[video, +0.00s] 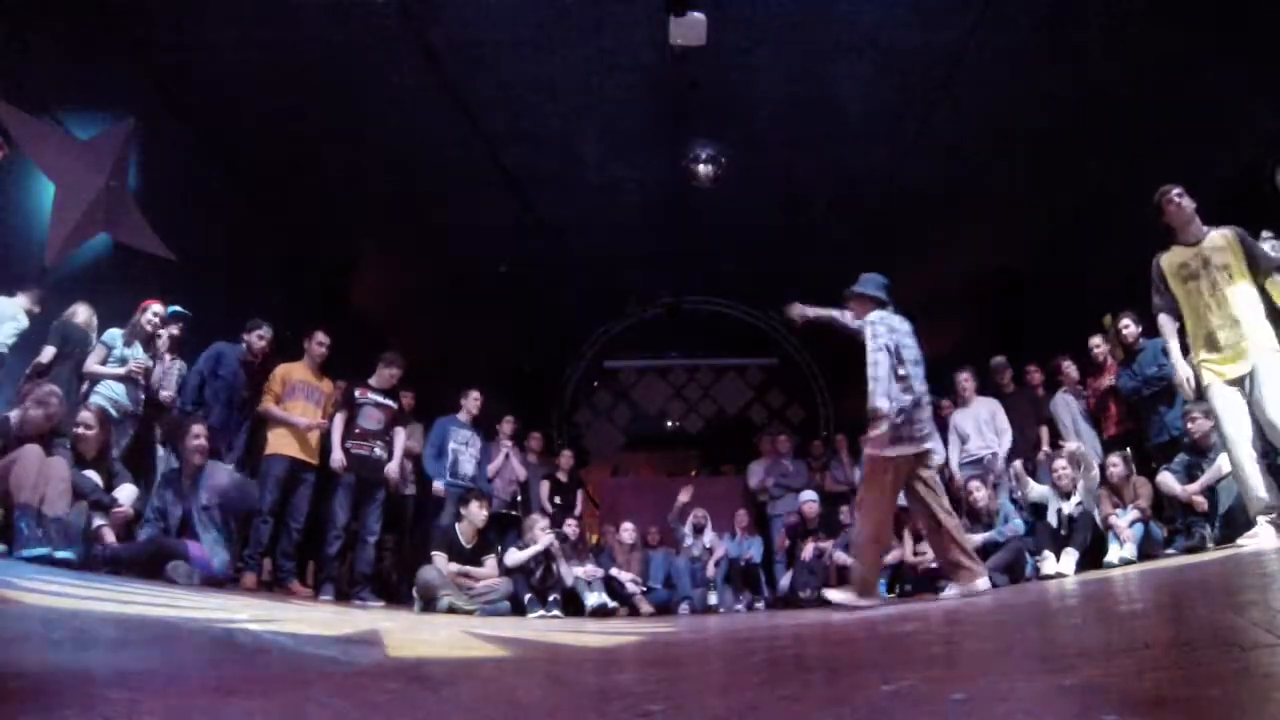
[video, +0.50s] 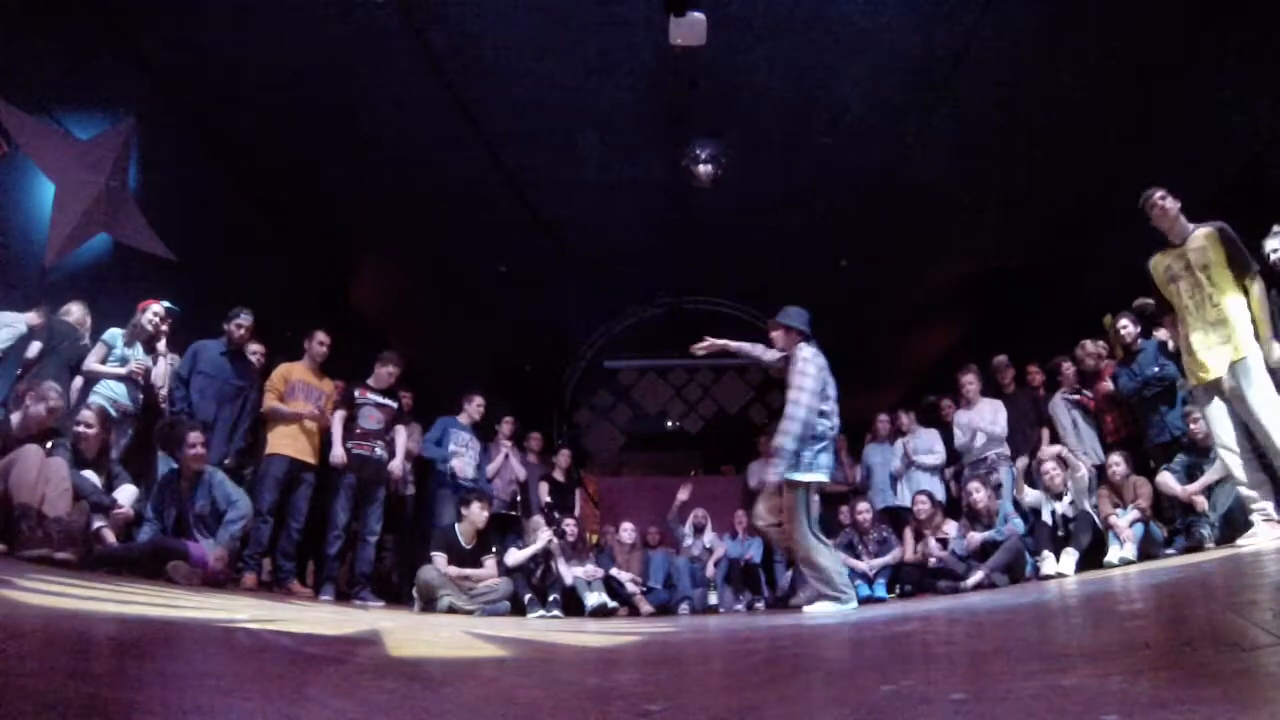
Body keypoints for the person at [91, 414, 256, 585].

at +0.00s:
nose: (203, 444)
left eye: (206, 438)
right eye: (196, 438)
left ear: (210, 444)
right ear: (181, 443)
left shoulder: (223, 477)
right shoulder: (168, 479)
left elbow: (259, 508)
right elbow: (153, 519)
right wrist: (146, 545)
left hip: (215, 554)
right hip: (175, 545)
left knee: (159, 544)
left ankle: (101, 555)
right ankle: (183, 576)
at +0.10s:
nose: (206, 442)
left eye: (209, 437)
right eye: (199, 435)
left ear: (213, 442)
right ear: (183, 441)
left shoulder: (218, 471)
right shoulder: (169, 477)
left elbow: (241, 498)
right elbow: (153, 517)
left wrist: (245, 460)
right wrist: (143, 545)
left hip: (214, 551)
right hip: (176, 545)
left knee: (159, 543)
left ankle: (100, 553)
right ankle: (185, 576)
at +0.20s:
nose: (207, 441)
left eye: (210, 437)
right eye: (200, 434)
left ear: (213, 444)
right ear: (184, 439)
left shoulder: (217, 477)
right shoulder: (169, 479)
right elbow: (154, 518)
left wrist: (242, 478)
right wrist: (141, 545)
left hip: (212, 552)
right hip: (174, 545)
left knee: (160, 544)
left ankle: (97, 554)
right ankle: (183, 576)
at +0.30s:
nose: (203, 444)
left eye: (207, 440)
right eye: (197, 438)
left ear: (211, 446)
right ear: (182, 443)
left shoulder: (215, 473)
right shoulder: (171, 478)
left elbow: (244, 489)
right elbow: (154, 518)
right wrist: (141, 545)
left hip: (210, 551)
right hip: (174, 543)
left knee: (161, 544)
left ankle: (99, 553)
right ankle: (183, 575)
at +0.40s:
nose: (199, 450)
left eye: (203, 444)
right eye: (192, 445)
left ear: (207, 448)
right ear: (179, 450)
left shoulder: (213, 477)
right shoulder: (169, 480)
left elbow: (240, 507)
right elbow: (154, 518)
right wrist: (141, 547)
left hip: (211, 553)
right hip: (178, 547)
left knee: (160, 545)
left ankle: (98, 553)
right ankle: (183, 576)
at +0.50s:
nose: (200, 452)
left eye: (203, 446)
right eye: (192, 447)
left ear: (207, 448)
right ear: (177, 452)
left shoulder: (213, 477)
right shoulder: (168, 481)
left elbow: (242, 507)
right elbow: (153, 520)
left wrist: (223, 547)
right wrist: (142, 549)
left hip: (211, 552)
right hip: (176, 546)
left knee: (159, 544)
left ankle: (93, 556)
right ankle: (186, 576)